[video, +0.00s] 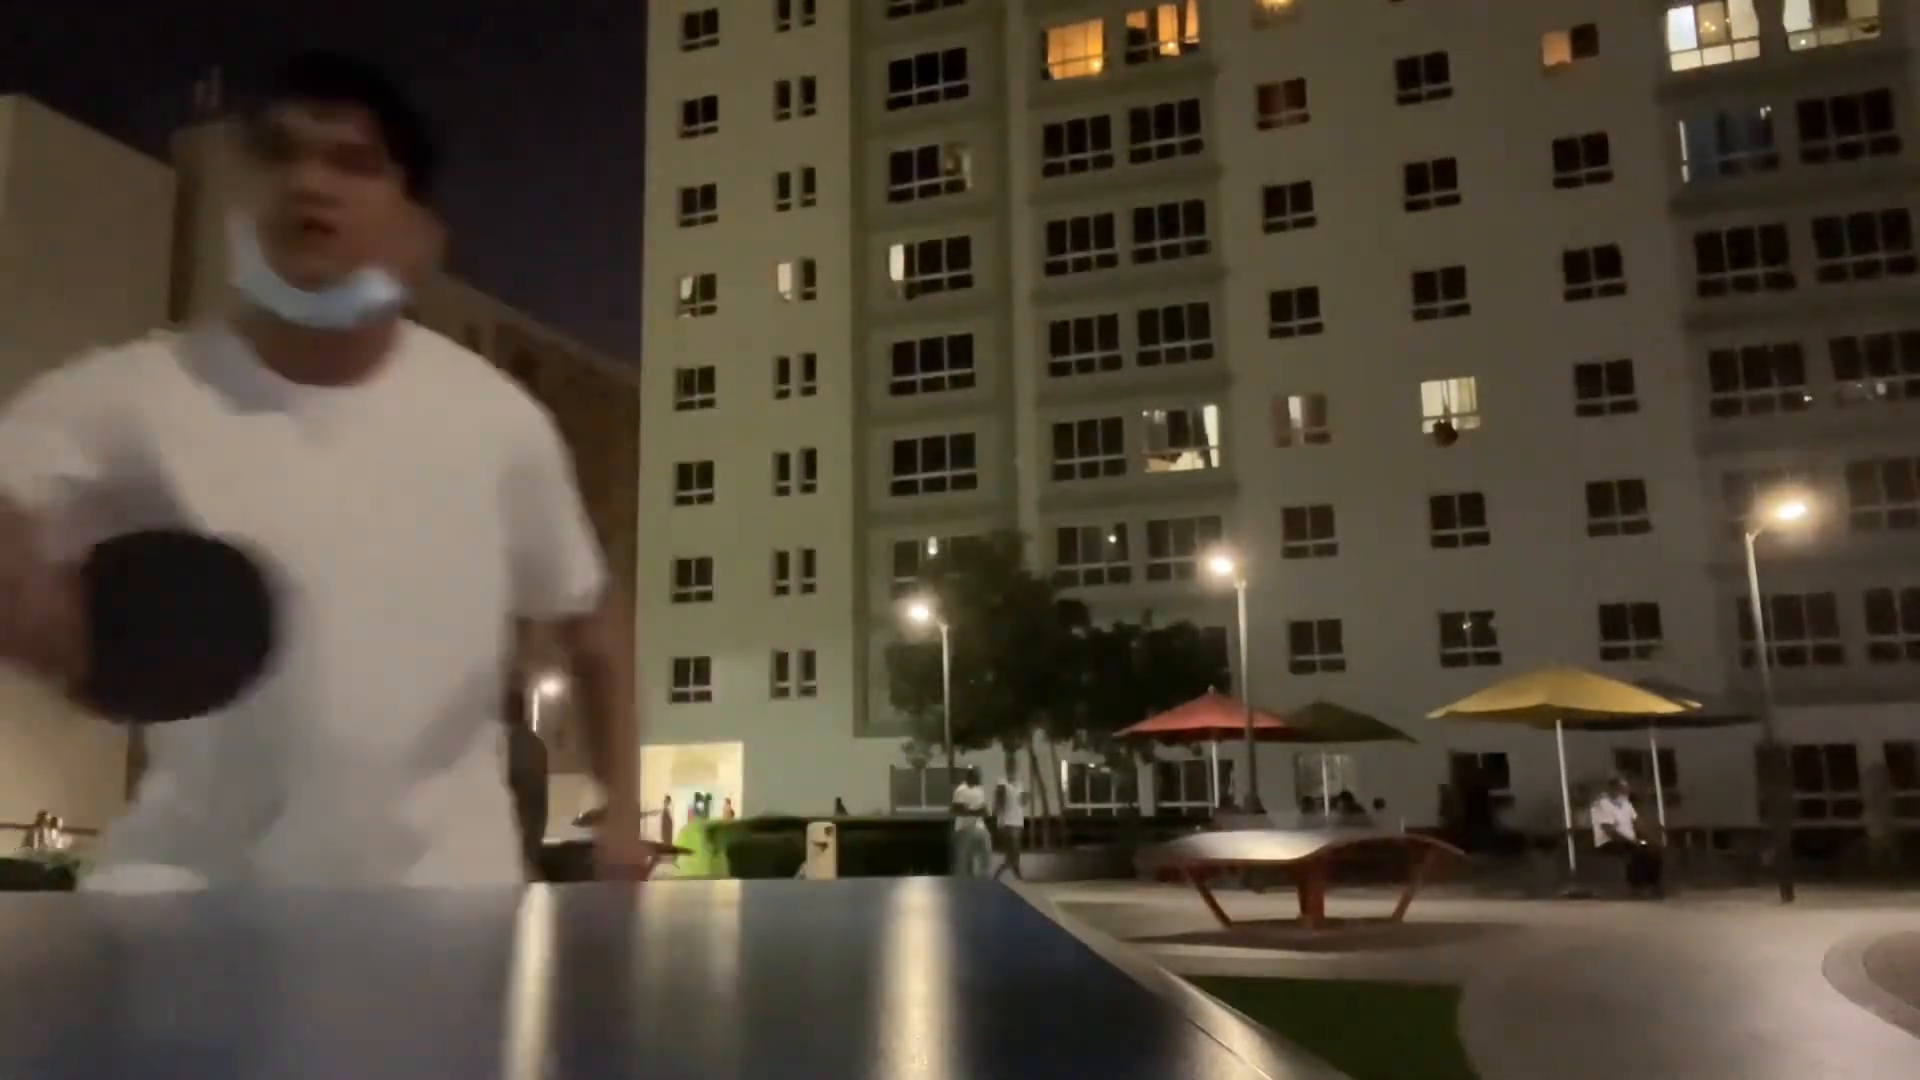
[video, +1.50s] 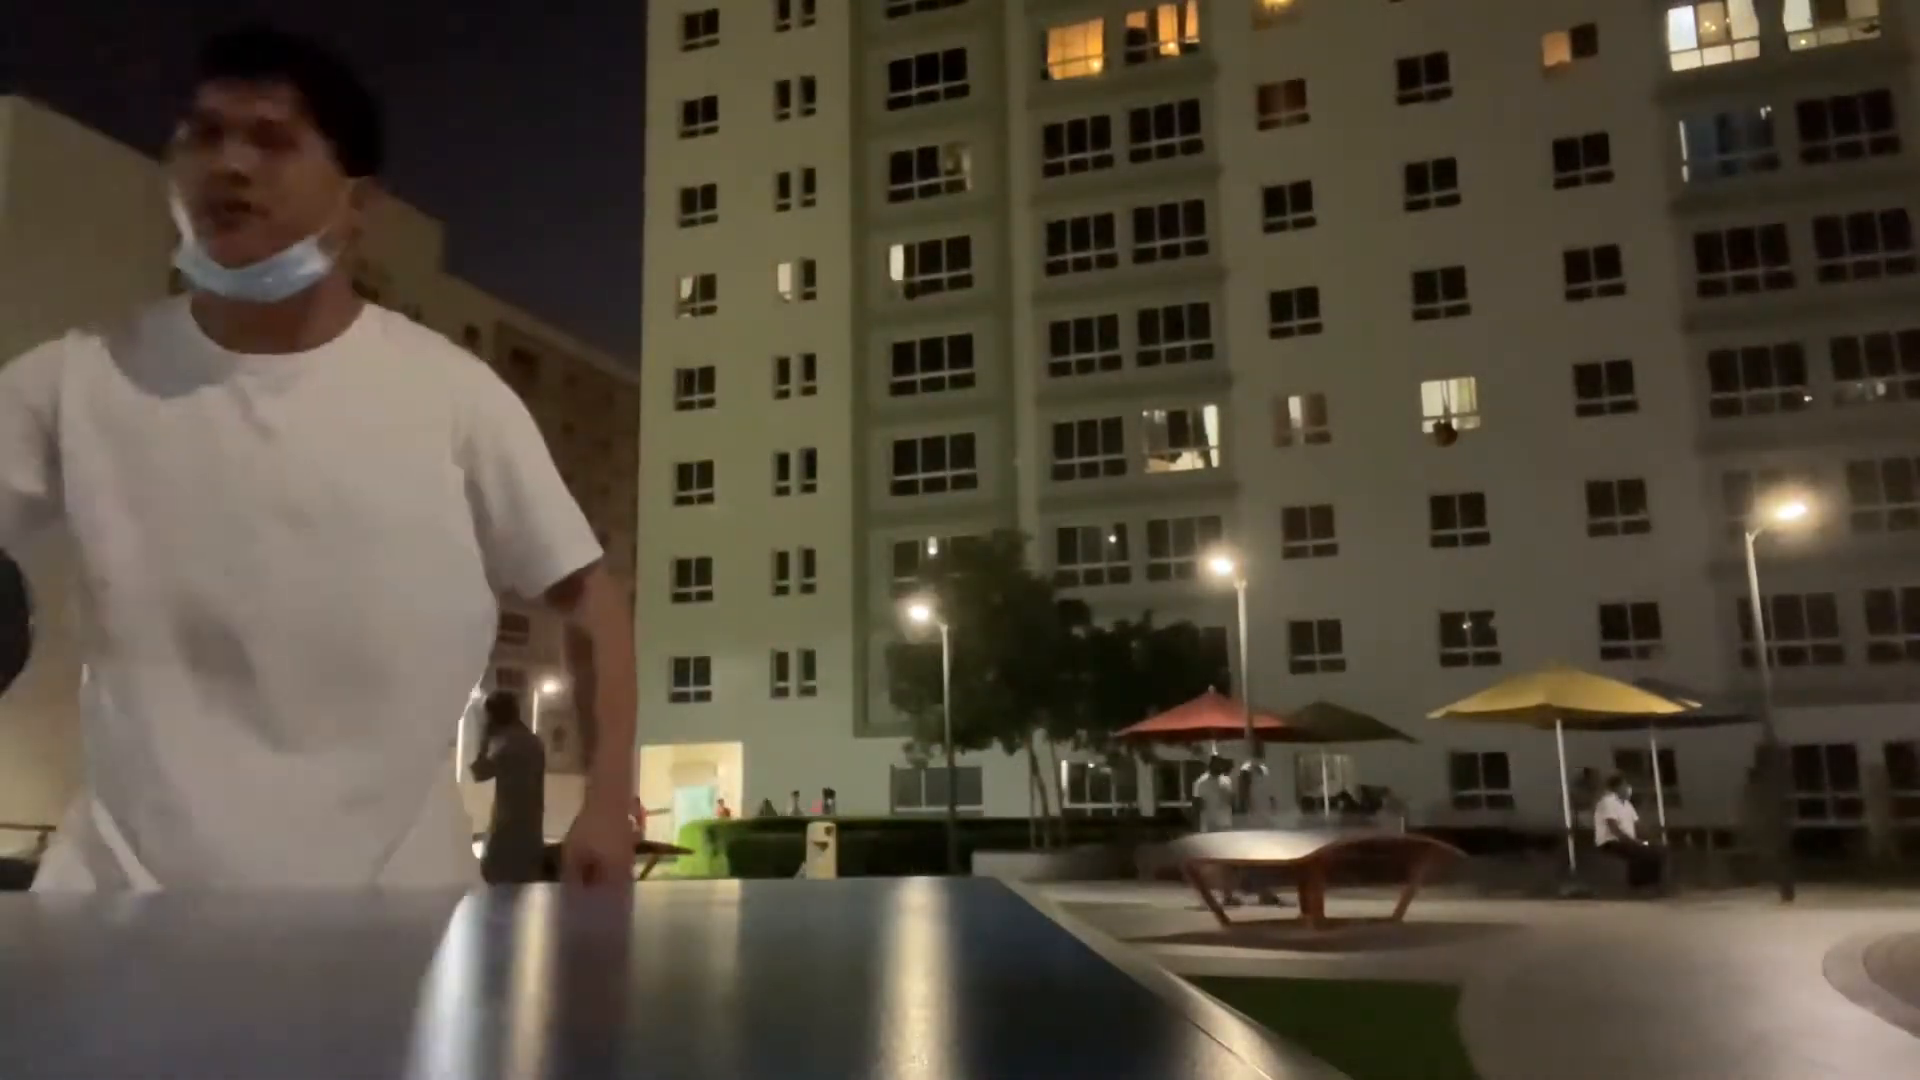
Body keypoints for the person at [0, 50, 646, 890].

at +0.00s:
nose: (310, 184)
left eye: (352, 163)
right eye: (281, 155)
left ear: (420, 230)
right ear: (241, 196)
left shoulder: (496, 424)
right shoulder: (132, 401)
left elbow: (590, 622)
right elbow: (9, 517)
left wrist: (620, 815)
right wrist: (62, 626)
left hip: (437, 893)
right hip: (192, 894)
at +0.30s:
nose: (141, 223)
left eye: (185, 191)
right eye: (134, 191)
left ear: (297, 219)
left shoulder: (422, 418)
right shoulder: (48, 433)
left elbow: (565, 615)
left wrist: (565, 843)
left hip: (392, 922)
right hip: (134, 925)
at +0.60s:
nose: (4, 166)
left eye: (32, 129)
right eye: (5, 130)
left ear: (132, 180)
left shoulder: (240, 385)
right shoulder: (12, 376)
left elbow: (418, 588)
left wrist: (438, 804)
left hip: (259, 905)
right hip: (34, 907)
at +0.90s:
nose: (238, 151)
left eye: (281, 127)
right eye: (215, 123)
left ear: (369, 189)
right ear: (178, 161)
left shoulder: (468, 394)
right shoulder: (87, 382)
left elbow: (587, 603)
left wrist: (581, 810)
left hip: (394, 897)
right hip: (139, 894)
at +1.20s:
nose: (33, 130)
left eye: (80, 104)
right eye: (8, 100)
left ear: (169, 178)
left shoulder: (268, 380)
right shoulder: (13, 360)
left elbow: (421, 598)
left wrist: (425, 799)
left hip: (252, 907)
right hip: (28, 904)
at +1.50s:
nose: (228, 164)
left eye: (272, 140)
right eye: (203, 136)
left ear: (355, 201)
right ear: (170, 174)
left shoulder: (455, 397)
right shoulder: (69, 390)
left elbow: (590, 596)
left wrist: (611, 801)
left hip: (388, 922)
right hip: (129, 918)